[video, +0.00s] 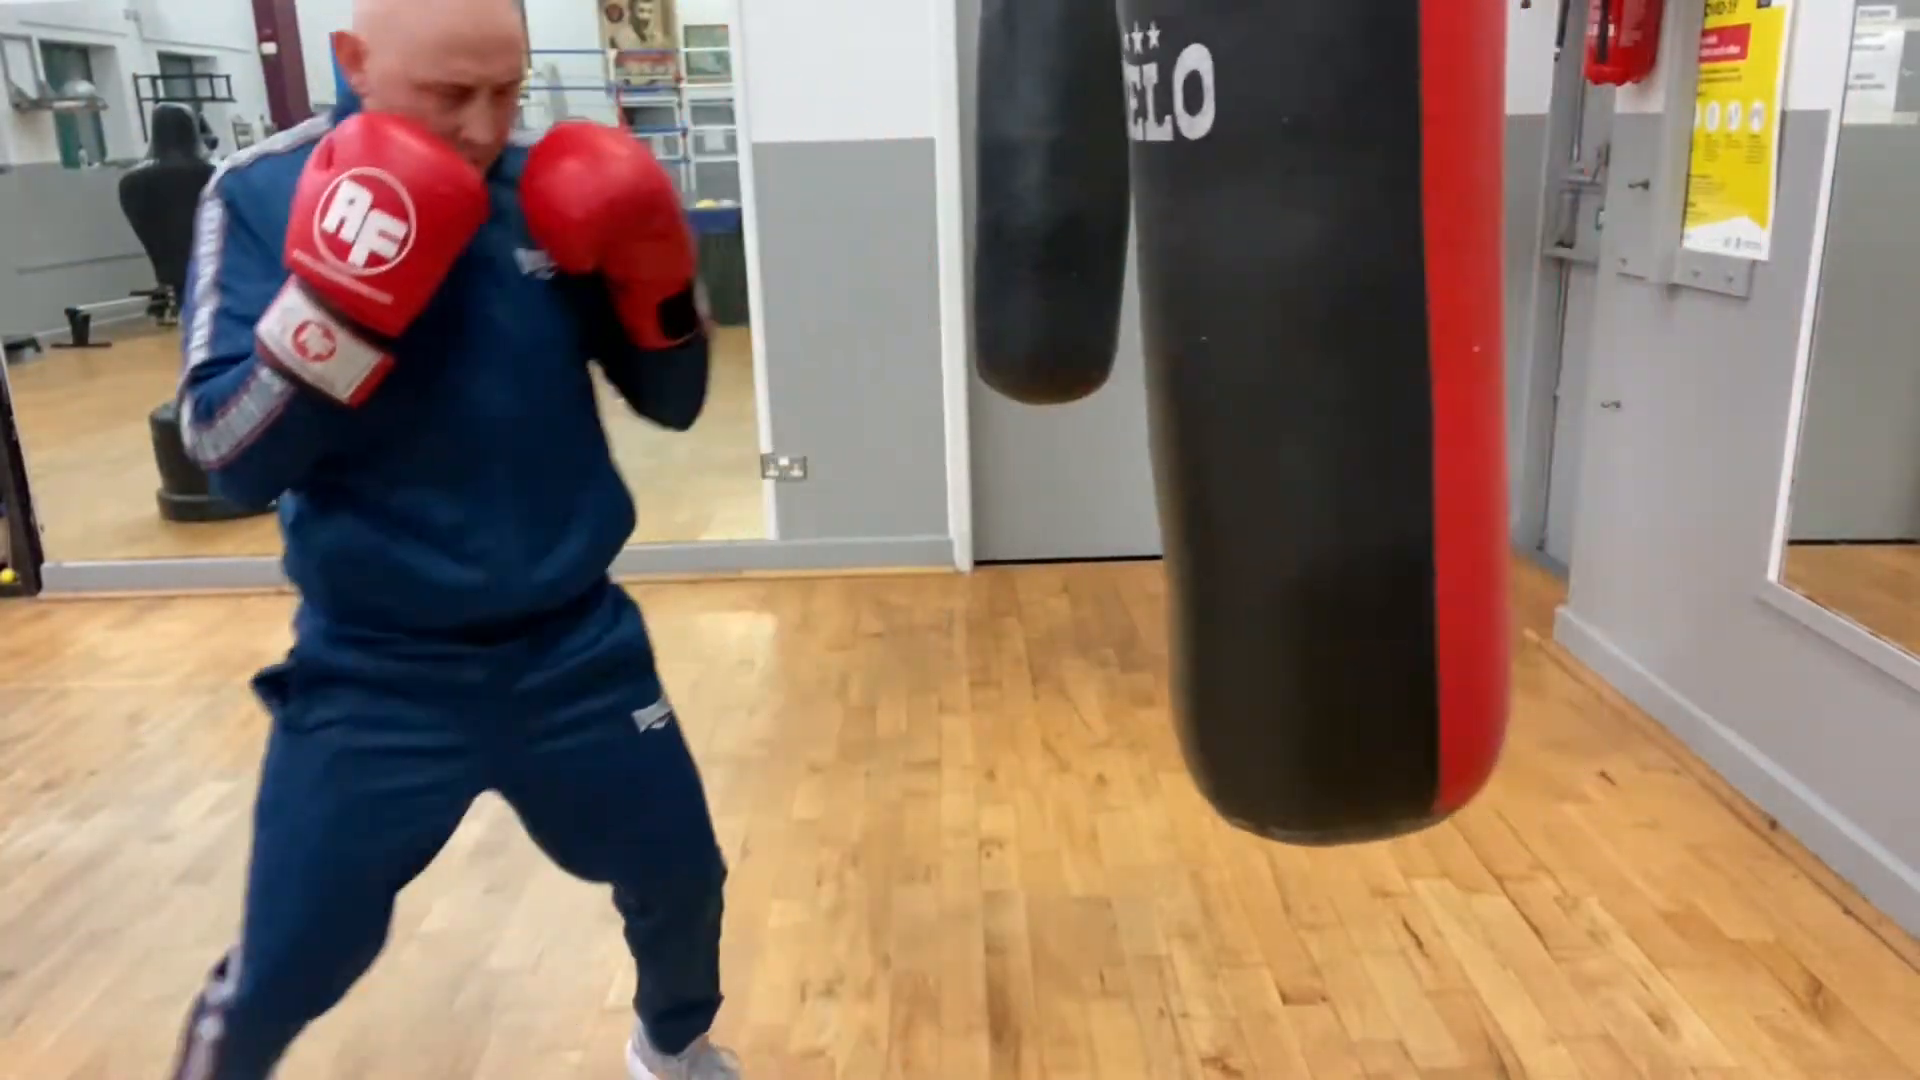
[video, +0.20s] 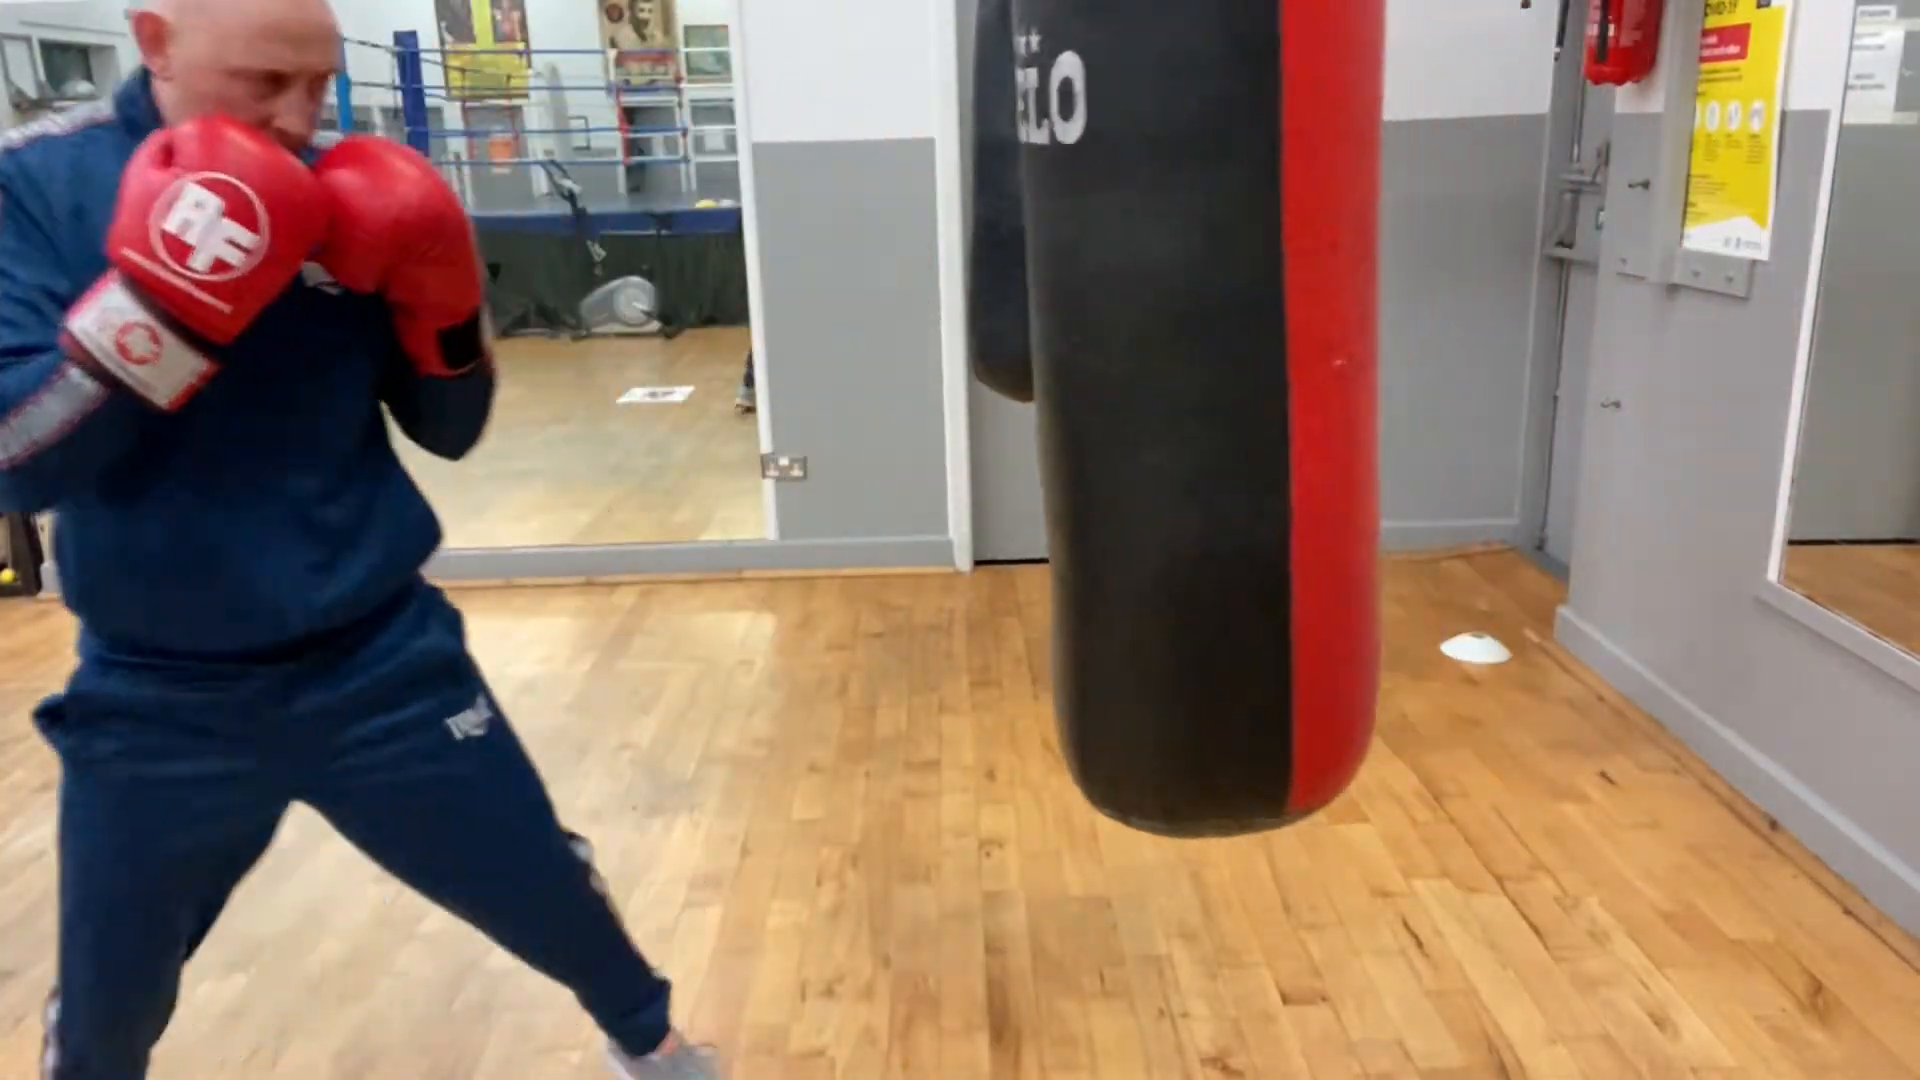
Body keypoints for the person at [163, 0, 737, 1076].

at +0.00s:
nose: (481, 129)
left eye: (505, 93)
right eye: (446, 96)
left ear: (526, 70)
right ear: (357, 63)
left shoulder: (554, 180)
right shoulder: (261, 198)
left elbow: (674, 401)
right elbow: (227, 463)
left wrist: (654, 276)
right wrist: (338, 303)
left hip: (574, 649)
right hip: (376, 670)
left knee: (683, 881)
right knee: (299, 969)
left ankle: (676, 1050)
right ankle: (227, 1044)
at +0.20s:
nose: (299, 118)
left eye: (321, 85)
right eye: (263, 85)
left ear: (338, 66)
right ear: (157, 48)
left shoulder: (349, 177)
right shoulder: (41, 190)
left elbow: (448, 428)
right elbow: (19, 468)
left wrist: (440, 292)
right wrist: (155, 309)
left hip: (381, 668)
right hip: (155, 699)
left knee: (547, 893)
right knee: (101, 1027)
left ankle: (652, 1043)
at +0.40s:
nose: (160, 82)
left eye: (180, 45)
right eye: (123, 41)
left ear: (196, 39)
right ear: (15, 26)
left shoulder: (212, 164)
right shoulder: (8, 199)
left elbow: (346, 385)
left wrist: (316, 233)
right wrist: (33, 279)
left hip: (269, 627)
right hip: (59, 669)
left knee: (417, 880)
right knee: (40, 1025)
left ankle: (350, 1050)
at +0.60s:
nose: (111, 38)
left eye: (133, 10)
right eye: (78, 5)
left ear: (149, 16)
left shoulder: (176, 144)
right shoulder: (3, 177)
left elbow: (306, 372)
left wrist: (260, 210)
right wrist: (23, 236)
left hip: (226, 623)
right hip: (39, 650)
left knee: (301, 902)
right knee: (36, 1001)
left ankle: (276, 1067)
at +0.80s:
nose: (134, 85)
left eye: (154, 53)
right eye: (101, 46)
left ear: (170, 56)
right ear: (6, 36)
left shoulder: (186, 181)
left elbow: (312, 387)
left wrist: (281, 249)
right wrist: (30, 292)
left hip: (237, 625)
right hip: (40, 660)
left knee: (329, 876)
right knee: (13, 997)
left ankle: (322, 1046)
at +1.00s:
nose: (77, 38)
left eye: (94, 13)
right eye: (48, 13)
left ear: (116, 17)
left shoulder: (145, 150)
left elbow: (278, 355)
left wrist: (243, 192)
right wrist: (24, 224)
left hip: (202, 594)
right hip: (33, 626)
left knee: (291, 847)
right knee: (15, 949)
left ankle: (312, 1040)